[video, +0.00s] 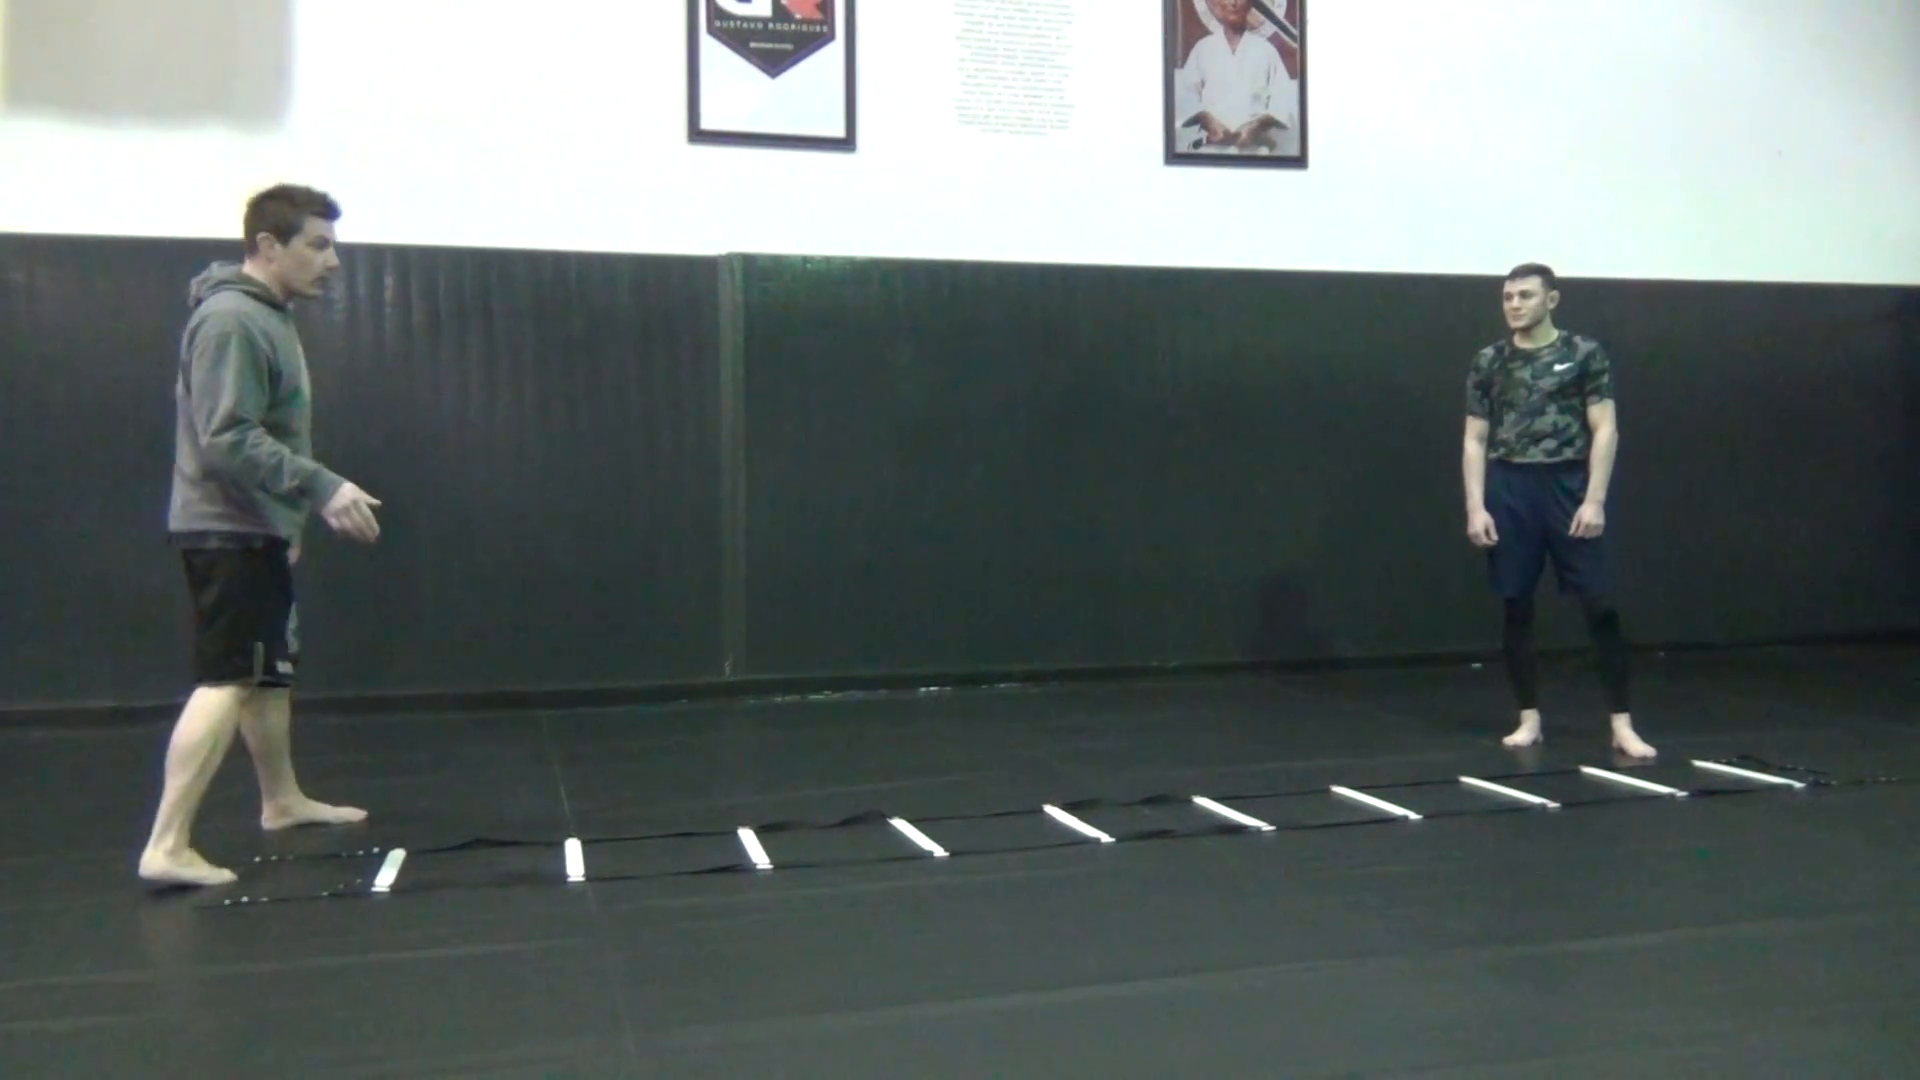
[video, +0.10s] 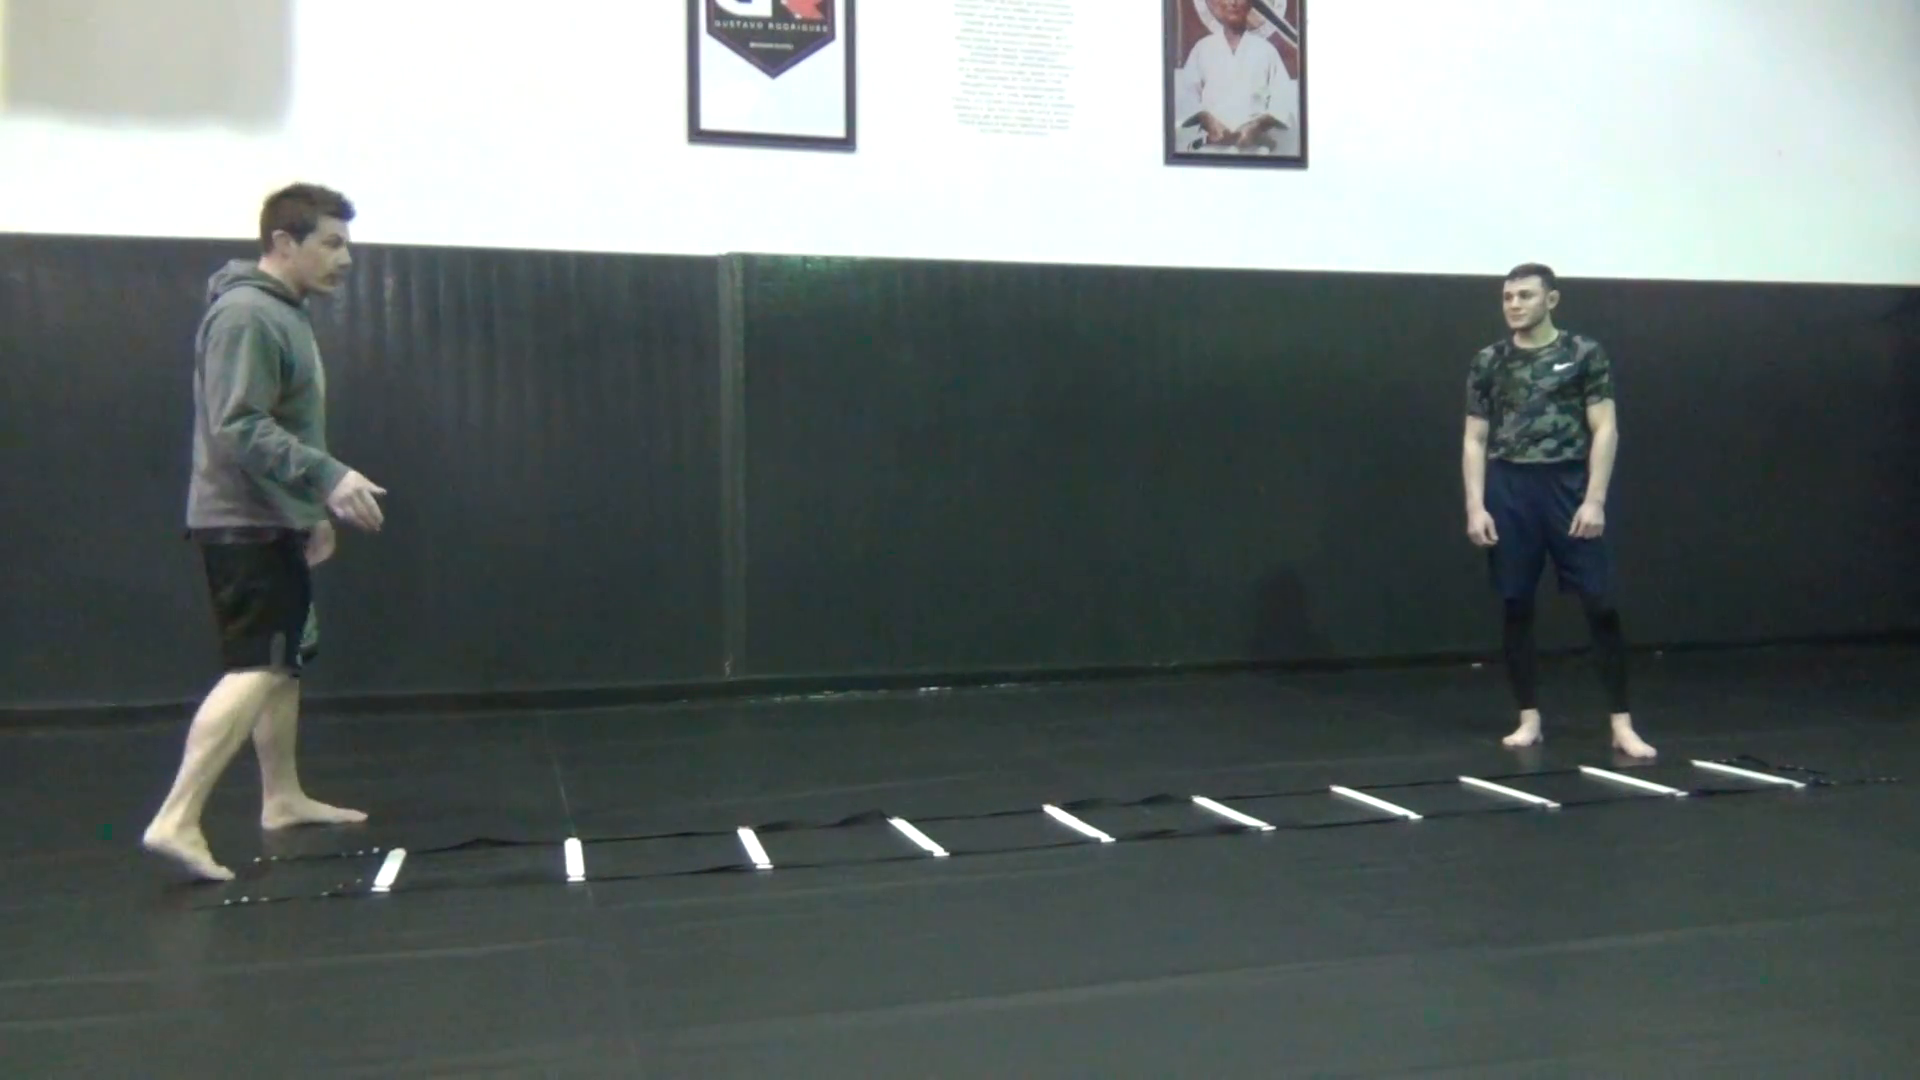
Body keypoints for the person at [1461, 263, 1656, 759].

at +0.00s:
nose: (1514, 304)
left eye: (1525, 296)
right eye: (1508, 297)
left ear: (1551, 300)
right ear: (1502, 304)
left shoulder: (1585, 354)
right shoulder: (1488, 361)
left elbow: (1604, 429)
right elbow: (1475, 439)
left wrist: (1595, 500)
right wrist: (1475, 507)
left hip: (1570, 490)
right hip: (1510, 491)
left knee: (1600, 604)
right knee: (1515, 605)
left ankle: (1621, 724)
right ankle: (1528, 718)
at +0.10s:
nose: (1514, 305)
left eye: (1525, 296)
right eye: (1508, 298)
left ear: (1551, 300)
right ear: (1502, 304)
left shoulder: (1585, 354)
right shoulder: (1488, 362)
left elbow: (1604, 429)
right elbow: (1474, 439)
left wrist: (1595, 499)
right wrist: (1475, 506)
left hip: (1571, 489)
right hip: (1509, 491)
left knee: (1601, 603)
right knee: (1516, 604)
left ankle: (1621, 723)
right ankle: (1528, 717)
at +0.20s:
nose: (1514, 304)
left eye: (1525, 296)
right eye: (1508, 297)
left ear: (1551, 300)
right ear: (1502, 304)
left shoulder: (1585, 353)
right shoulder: (1488, 361)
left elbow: (1604, 428)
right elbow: (1474, 439)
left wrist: (1595, 499)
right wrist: (1474, 506)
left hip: (1570, 490)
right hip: (1509, 491)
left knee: (1600, 603)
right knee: (1515, 604)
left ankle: (1621, 723)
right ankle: (1528, 718)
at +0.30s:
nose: (1514, 304)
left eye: (1525, 296)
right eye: (1508, 297)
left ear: (1551, 300)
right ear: (1503, 304)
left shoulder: (1585, 353)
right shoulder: (1488, 361)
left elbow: (1604, 428)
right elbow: (1474, 438)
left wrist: (1595, 499)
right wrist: (1474, 506)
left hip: (1570, 490)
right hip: (1508, 492)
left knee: (1601, 604)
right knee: (1515, 605)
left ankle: (1621, 723)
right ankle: (1528, 718)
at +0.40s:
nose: (1513, 304)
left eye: (1525, 296)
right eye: (1508, 297)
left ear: (1551, 300)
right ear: (1503, 303)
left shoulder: (1585, 353)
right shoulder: (1488, 360)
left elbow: (1604, 428)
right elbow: (1474, 438)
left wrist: (1595, 499)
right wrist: (1473, 505)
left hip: (1570, 490)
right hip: (1508, 492)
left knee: (1601, 604)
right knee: (1515, 605)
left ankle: (1621, 723)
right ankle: (1528, 718)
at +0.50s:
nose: (1513, 304)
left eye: (1524, 295)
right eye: (1508, 297)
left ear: (1552, 300)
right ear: (1503, 303)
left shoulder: (1586, 353)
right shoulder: (1488, 360)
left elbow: (1605, 427)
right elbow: (1473, 437)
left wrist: (1595, 499)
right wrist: (1472, 505)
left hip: (1570, 491)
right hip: (1509, 491)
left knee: (1601, 604)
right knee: (1516, 603)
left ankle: (1621, 723)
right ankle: (1528, 717)